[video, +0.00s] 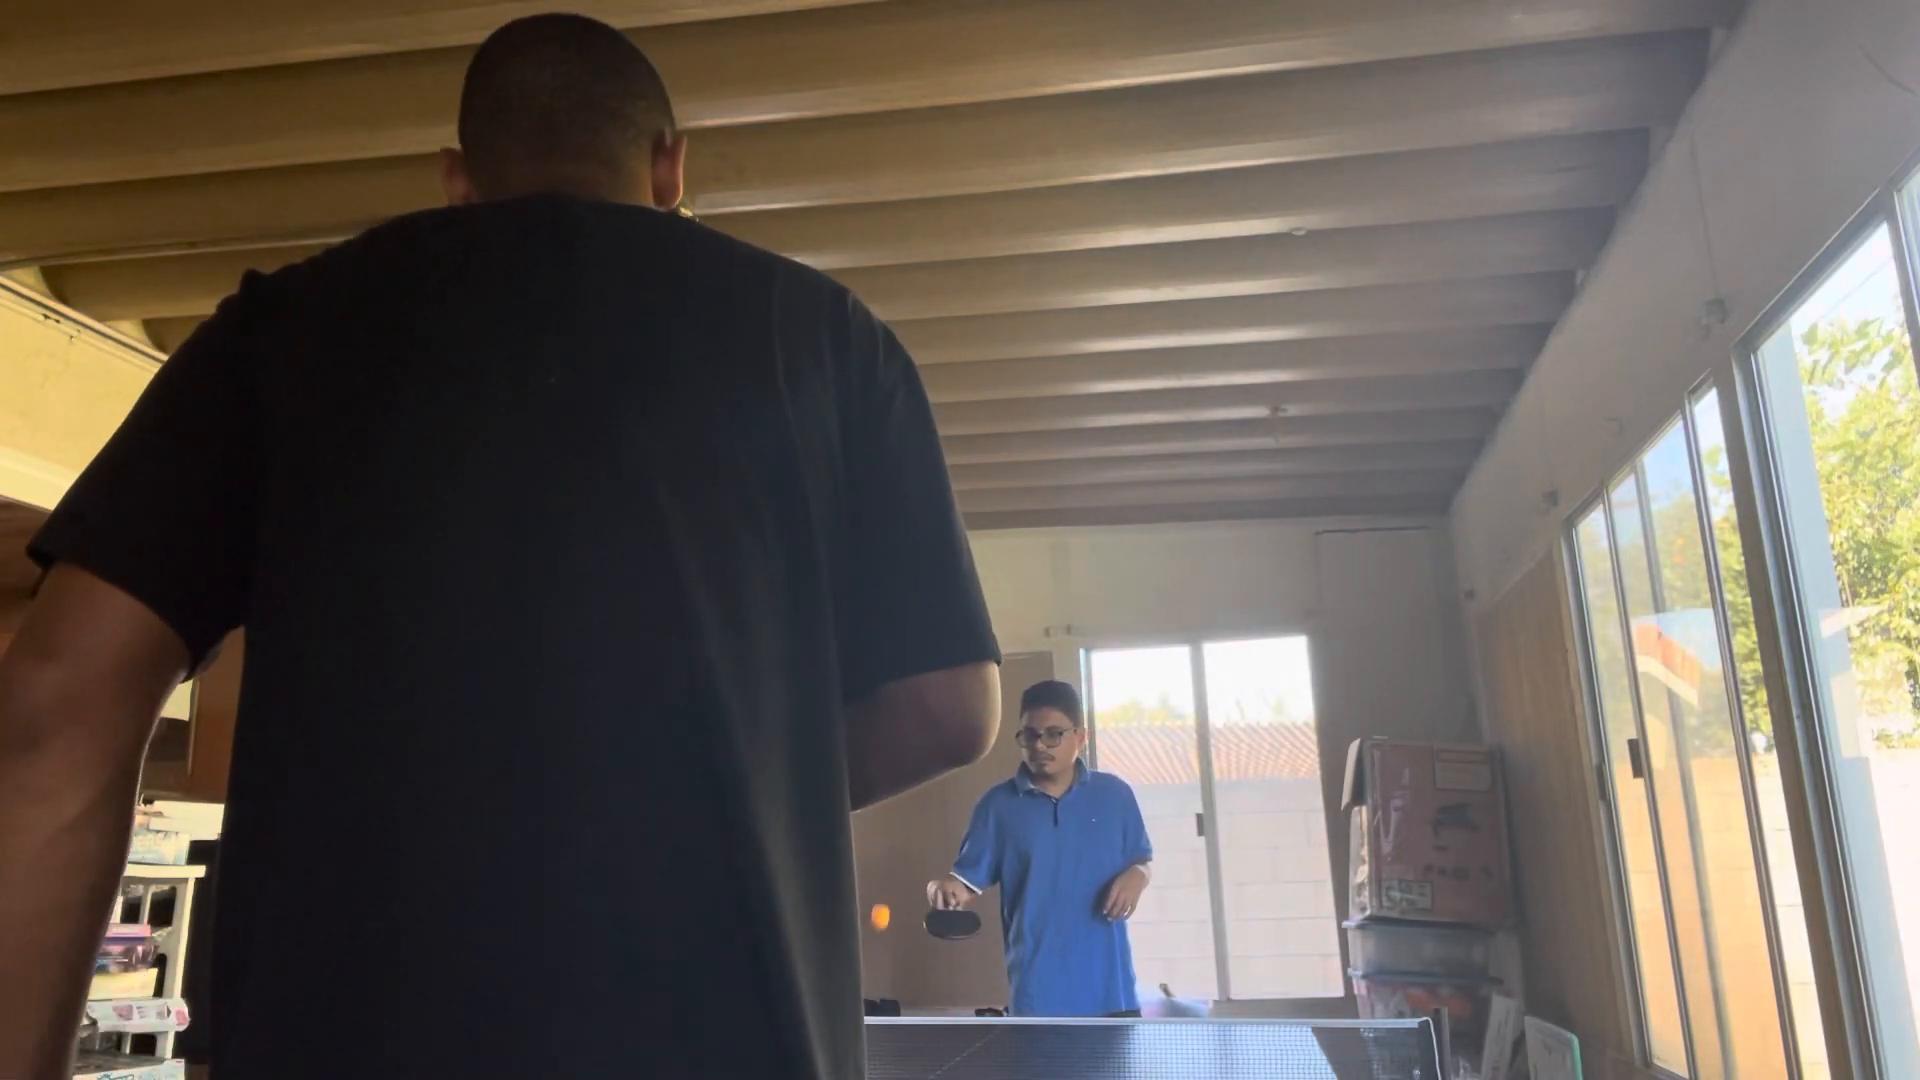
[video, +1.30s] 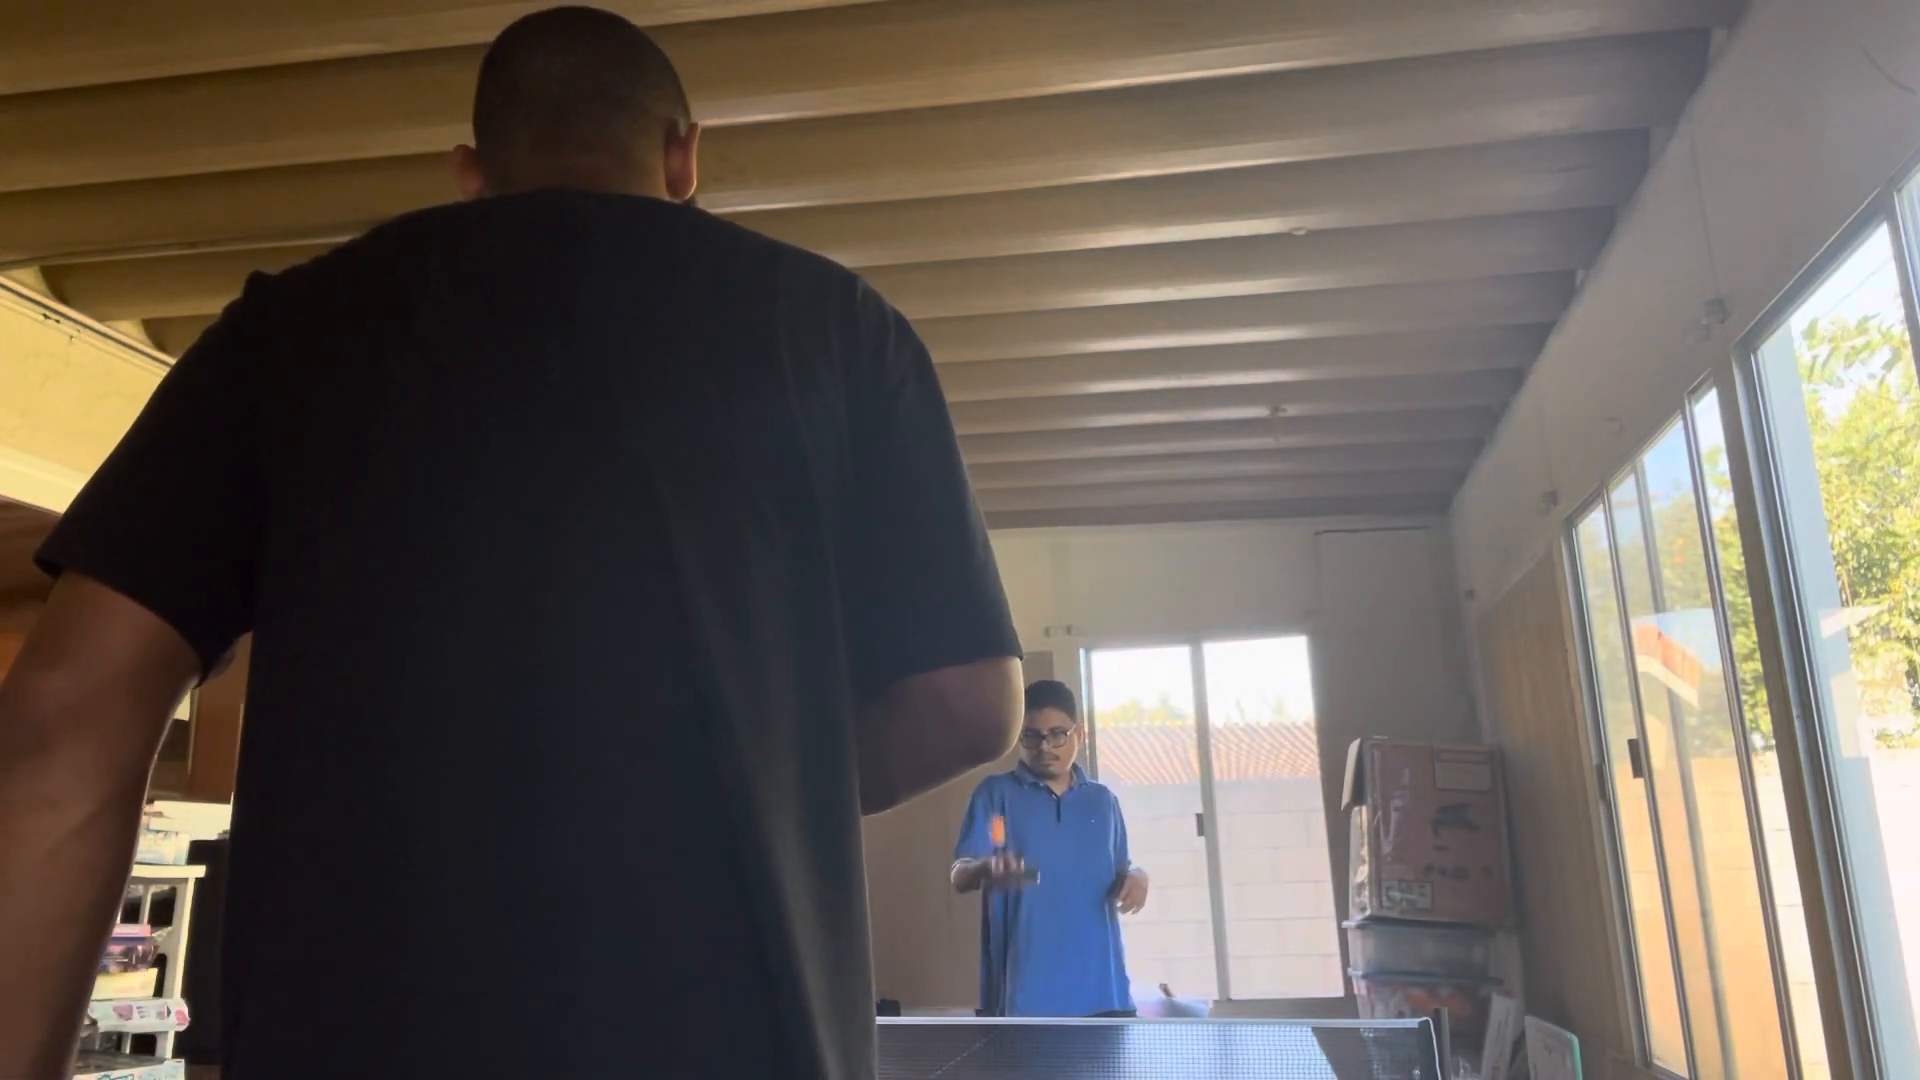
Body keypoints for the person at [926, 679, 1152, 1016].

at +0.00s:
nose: (1041, 746)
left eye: (1054, 734)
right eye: (1031, 735)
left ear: (1080, 738)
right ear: (1019, 738)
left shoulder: (1114, 794)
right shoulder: (999, 805)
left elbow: (1140, 861)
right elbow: (969, 879)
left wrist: (1136, 877)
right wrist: (947, 889)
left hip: (1109, 988)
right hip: (1037, 993)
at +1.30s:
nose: (1045, 746)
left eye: (1057, 734)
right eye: (1032, 736)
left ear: (1079, 736)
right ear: (1019, 738)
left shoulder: (1102, 801)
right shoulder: (996, 794)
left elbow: (1118, 879)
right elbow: (959, 877)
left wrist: (1137, 878)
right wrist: (986, 868)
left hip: (1100, 994)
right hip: (1023, 997)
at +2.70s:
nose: (1068, 743)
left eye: (1076, 730)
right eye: (1057, 731)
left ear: (1087, 733)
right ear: (1034, 735)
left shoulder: (1109, 799)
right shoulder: (1005, 797)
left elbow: (1124, 868)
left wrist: (1137, 877)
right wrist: (1005, 877)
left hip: (1106, 1001)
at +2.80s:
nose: (1059, 733)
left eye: (1071, 723)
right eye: (1046, 723)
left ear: (1087, 736)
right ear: (1028, 733)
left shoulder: (1110, 799)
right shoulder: (997, 800)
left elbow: (1125, 870)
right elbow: (974, 883)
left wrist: (1138, 876)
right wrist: (1004, 878)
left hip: (1106, 994)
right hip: (1028, 998)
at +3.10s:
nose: (1061, 732)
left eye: (1073, 724)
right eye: (1051, 723)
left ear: (1089, 737)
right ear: (1033, 729)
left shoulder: (1110, 798)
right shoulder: (1008, 796)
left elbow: (1123, 873)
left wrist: (1138, 877)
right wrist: (1010, 871)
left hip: (1105, 992)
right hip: (1031, 994)